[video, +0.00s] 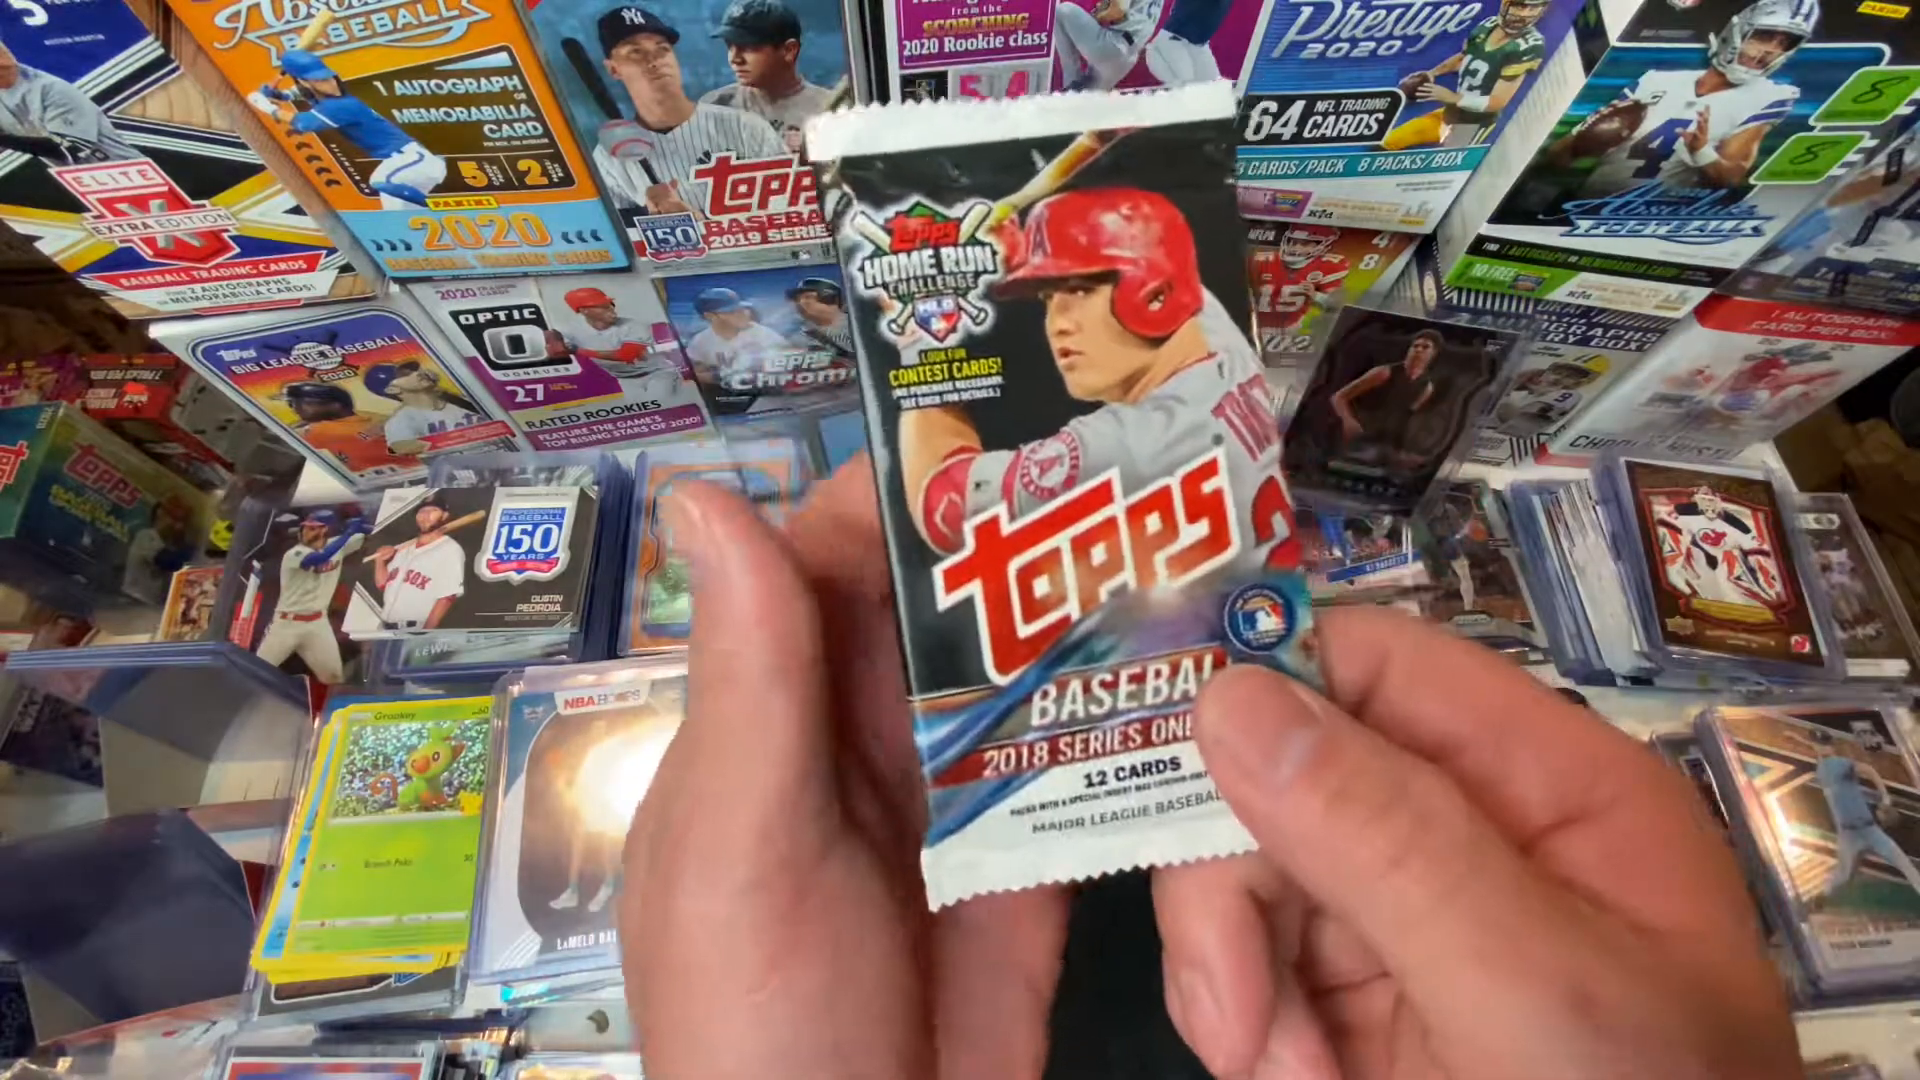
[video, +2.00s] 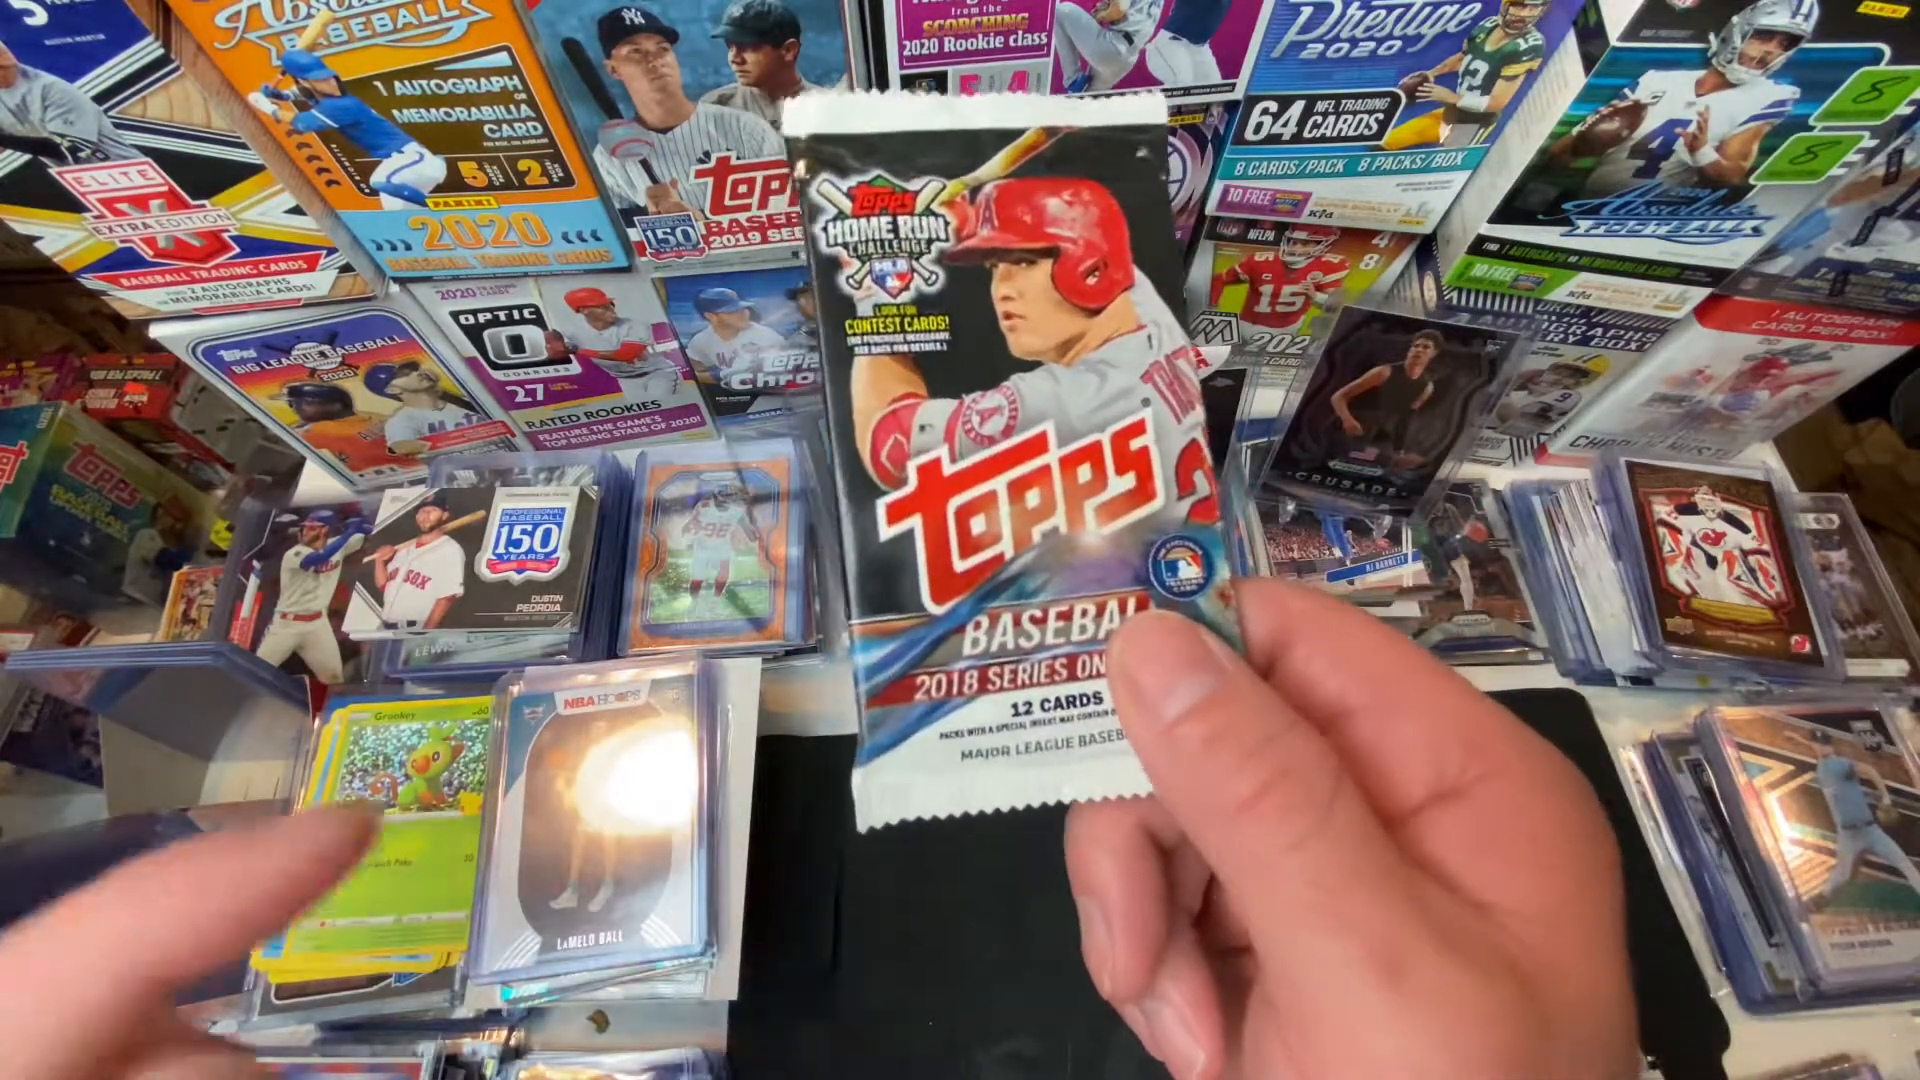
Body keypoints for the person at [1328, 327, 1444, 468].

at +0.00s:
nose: (1419, 350)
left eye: (1425, 347)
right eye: (1416, 346)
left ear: (1433, 355)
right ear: (1410, 349)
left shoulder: (1426, 389)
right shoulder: (1384, 373)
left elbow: (1404, 415)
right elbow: (1339, 398)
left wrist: (1402, 454)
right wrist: (1349, 423)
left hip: (1390, 449)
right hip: (1362, 443)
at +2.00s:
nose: (1419, 350)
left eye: (1426, 347)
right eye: (1416, 346)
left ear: (1434, 355)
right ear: (1410, 349)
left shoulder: (1426, 389)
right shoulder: (1384, 373)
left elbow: (1405, 417)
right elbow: (1338, 397)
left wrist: (1400, 452)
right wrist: (1347, 420)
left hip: (1385, 440)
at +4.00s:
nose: (1418, 350)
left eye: (1425, 347)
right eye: (1416, 346)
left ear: (1434, 354)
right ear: (1409, 349)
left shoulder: (1426, 388)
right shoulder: (1384, 373)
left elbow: (1405, 417)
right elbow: (1338, 398)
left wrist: (1399, 451)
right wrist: (1348, 421)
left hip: (1384, 441)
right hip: (1357, 433)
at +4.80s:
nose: (1418, 351)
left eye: (1425, 347)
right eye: (1415, 346)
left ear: (1433, 354)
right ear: (1409, 350)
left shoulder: (1426, 388)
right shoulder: (1384, 373)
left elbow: (1405, 418)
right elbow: (1338, 398)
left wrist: (1400, 449)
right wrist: (1348, 421)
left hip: (1384, 439)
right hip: (1358, 433)